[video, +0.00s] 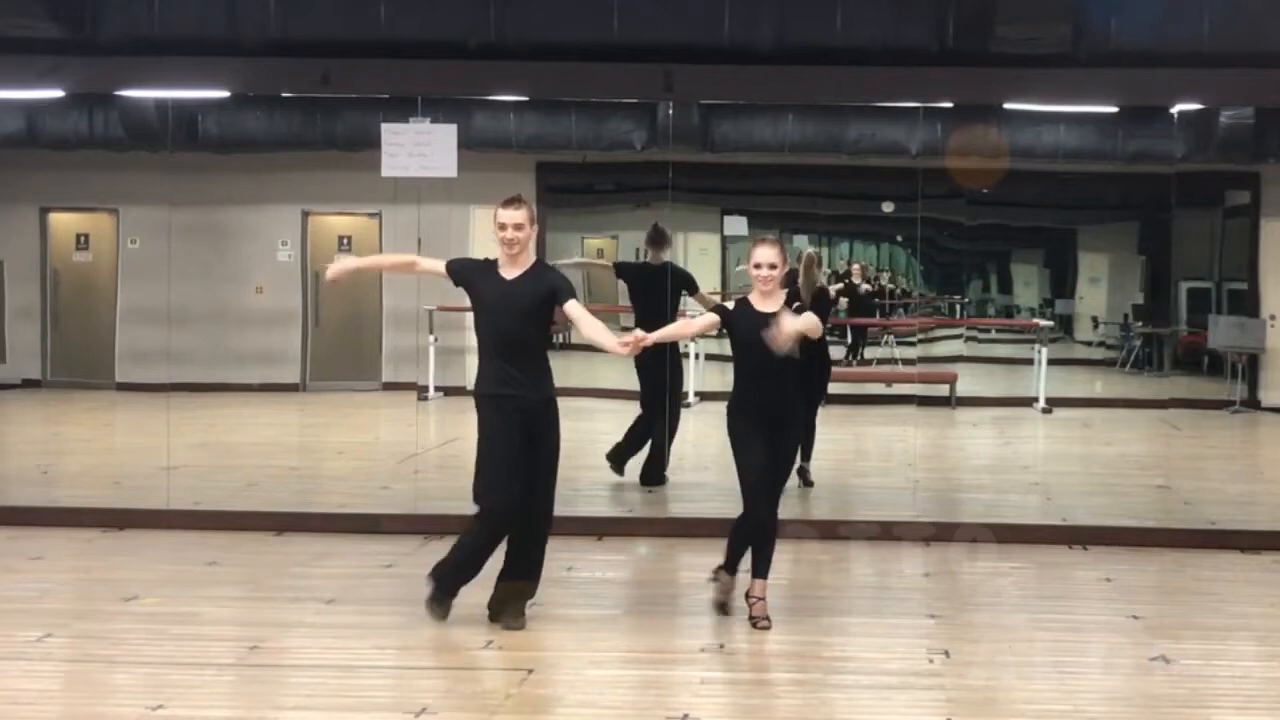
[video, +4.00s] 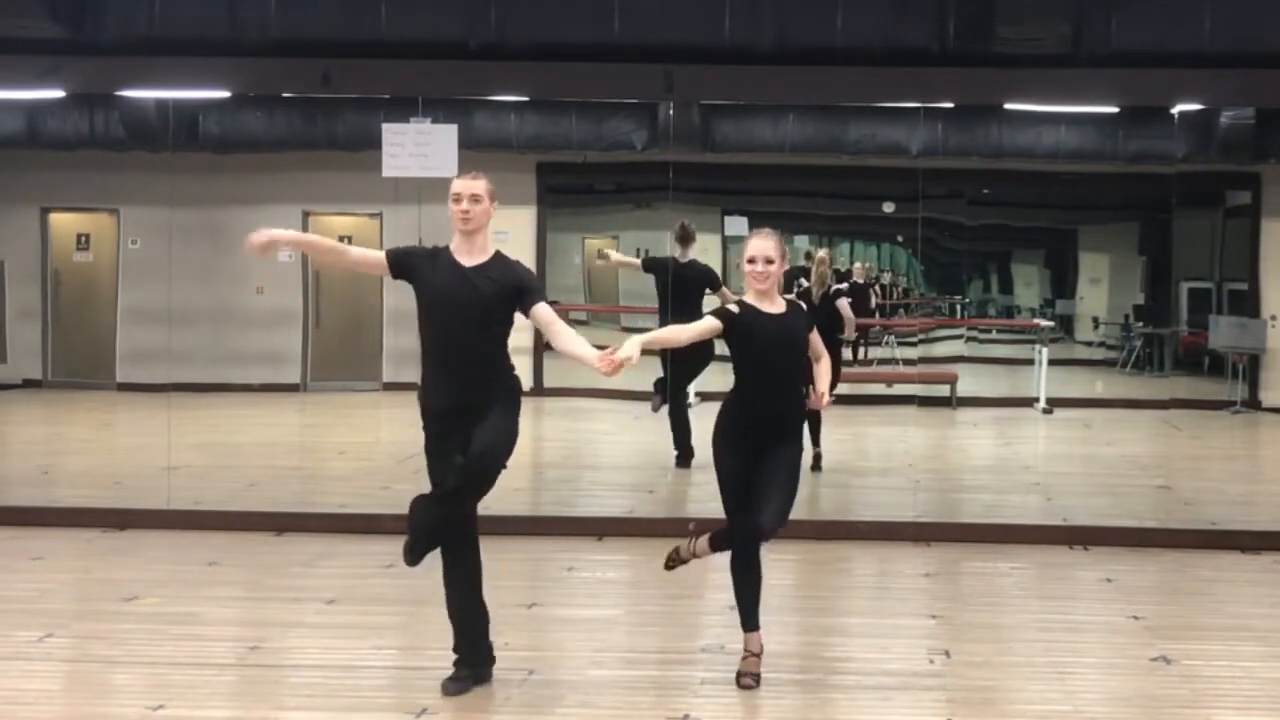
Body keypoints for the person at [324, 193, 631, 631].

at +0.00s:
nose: (510, 235)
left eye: (518, 227)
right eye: (503, 228)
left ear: (533, 230)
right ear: (494, 230)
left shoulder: (549, 279)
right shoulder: (475, 272)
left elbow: (582, 318)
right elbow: (413, 263)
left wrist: (615, 344)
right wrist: (354, 263)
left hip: (540, 404)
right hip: (496, 402)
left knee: (534, 509)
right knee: (500, 507)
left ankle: (510, 603)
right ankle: (445, 582)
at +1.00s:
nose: (496, 202)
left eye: (505, 195)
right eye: (489, 196)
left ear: (520, 203)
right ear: (479, 205)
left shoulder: (540, 259)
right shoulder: (460, 256)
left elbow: (586, 307)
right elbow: (381, 262)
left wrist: (619, 341)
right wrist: (317, 237)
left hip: (521, 397)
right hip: (468, 396)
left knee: (521, 500)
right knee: (470, 507)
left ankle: (537, 610)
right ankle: (488, 617)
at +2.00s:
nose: (495, 252)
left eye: (504, 244)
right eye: (487, 245)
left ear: (521, 248)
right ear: (479, 250)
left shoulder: (543, 304)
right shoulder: (465, 289)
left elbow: (602, 340)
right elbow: (407, 258)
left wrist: (657, 354)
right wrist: (384, 223)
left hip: (498, 437)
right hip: (446, 427)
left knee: (488, 532)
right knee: (406, 514)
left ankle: (450, 620)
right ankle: (352, 586)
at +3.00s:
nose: (473, 215)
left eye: (483, 208)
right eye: (466, 208)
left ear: (503, 219)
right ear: (458, 218)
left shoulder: (523, 282)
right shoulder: (435, 268)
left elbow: (556, 343)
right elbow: (351, 273)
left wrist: (593, 350)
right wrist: (271, 273)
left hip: (498, 416)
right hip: (447, 414)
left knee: (463, 522)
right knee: (455, 527)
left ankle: (433, 604)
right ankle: (463, 651)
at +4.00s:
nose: (466, 206)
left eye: (475, 199)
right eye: (458, 199)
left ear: (493, 208)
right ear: (448, 207)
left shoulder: (512, 274)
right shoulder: (422, 261)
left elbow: (554, 327)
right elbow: (345, 254)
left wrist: (594, 357)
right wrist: (284, 238)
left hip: (495, 400)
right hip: (442, 406)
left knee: (484, 462)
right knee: (459, 536)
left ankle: (428, 521)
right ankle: (473, 656)